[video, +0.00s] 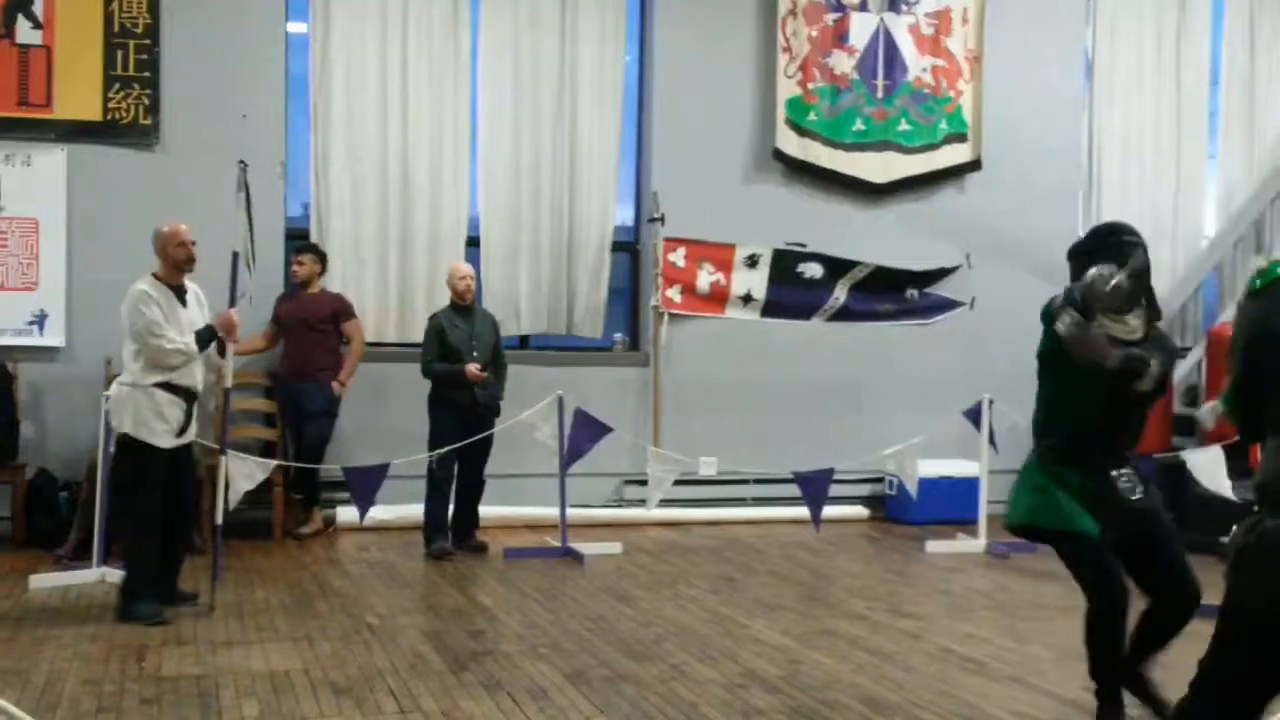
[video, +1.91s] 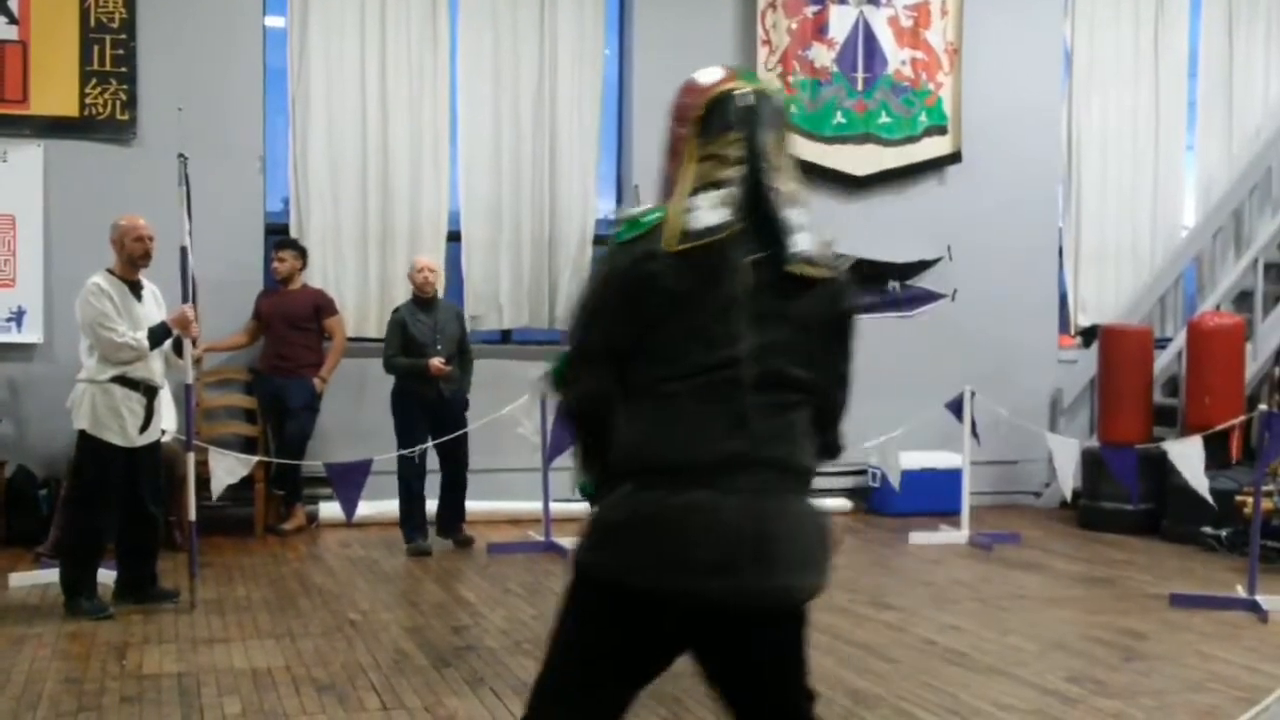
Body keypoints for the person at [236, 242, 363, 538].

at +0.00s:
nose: (295, 268)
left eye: (302, 263)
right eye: (294, 263)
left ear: (319, 268)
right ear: (293, 268)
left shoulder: (336, 303)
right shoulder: (285, 302)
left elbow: (358, 342)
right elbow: (268, 340)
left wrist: (341, 381)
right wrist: (232, 348)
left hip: (322, 385)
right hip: (289, 383)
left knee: (310, 451)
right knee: (296, 450)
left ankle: (313, 514)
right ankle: (308, 513)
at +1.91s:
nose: (276, 265)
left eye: (282, 260)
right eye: (274, 260)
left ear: (300, 264)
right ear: (273, 263)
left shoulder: (317, 298)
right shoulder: (266, 299)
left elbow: (339, 338)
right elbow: (248, 336)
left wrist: (323, 377)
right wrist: (207, 347)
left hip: (303, 382)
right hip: (269, 380)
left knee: (292, 445)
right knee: (278, 445)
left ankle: (293, 509)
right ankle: (293, 509)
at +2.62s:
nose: (238, 266)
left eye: (244, 261)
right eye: (236, 261)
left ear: (262, 263)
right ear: (235, 265)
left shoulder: (281, 299)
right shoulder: (229, 300)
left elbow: (303, 339)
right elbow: (210, 337)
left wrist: (286, 378)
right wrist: (169, 349)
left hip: (266, 382)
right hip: (232, 381)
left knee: (255, 446)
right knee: (241, 447)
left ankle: (258, 511)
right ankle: (255, 511)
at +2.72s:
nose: (216, 265)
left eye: (222, 260)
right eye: (214, 259)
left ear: (237, 263)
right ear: (211, 264)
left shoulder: (254, 299)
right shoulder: (208, 299)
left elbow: (277, 338)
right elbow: (186, 335)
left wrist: (260, 377)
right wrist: (145, 349)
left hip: (238, 381)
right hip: (206, 379)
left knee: (228, 445)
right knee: (211, 446)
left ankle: (231, 510)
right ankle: (218, 509)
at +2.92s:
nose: (176, 268)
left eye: (182, 262)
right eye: (174, 263)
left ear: (201, 266)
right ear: (172, 267)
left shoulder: (219, 300)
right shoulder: (168, 301)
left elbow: (242, 340)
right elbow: (148, 338)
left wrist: (225, 380)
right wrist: (107, 351)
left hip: (204, 384)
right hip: (170, 383)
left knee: (193, 449)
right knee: (175, 449)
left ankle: (196, 513)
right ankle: (186, 512)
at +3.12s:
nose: (143, 267)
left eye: (149, 262)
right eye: (141, 262)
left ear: (167, 265)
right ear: (139, 266)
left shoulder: (185, 301)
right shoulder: (135, 301)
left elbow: (209, 341)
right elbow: (114, 339)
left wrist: (192, 381)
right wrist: (72, 351)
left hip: (169, 384)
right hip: (135, 382)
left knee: (159, 448)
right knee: (140, 449)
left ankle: (162, 514)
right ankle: (147, 512)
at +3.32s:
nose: (105, 267)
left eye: (112, 261)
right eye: (103, 262)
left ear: (130, 264)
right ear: (102, 265)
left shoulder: (148, 301)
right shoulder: (98, 301)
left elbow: (174, 340)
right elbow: (76, 340)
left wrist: (156, 381)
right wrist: (33, 353)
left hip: (134, 385)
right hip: (100, 384)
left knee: (124, 451)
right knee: (107, 451)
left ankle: (129, 517)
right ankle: (121, 515)